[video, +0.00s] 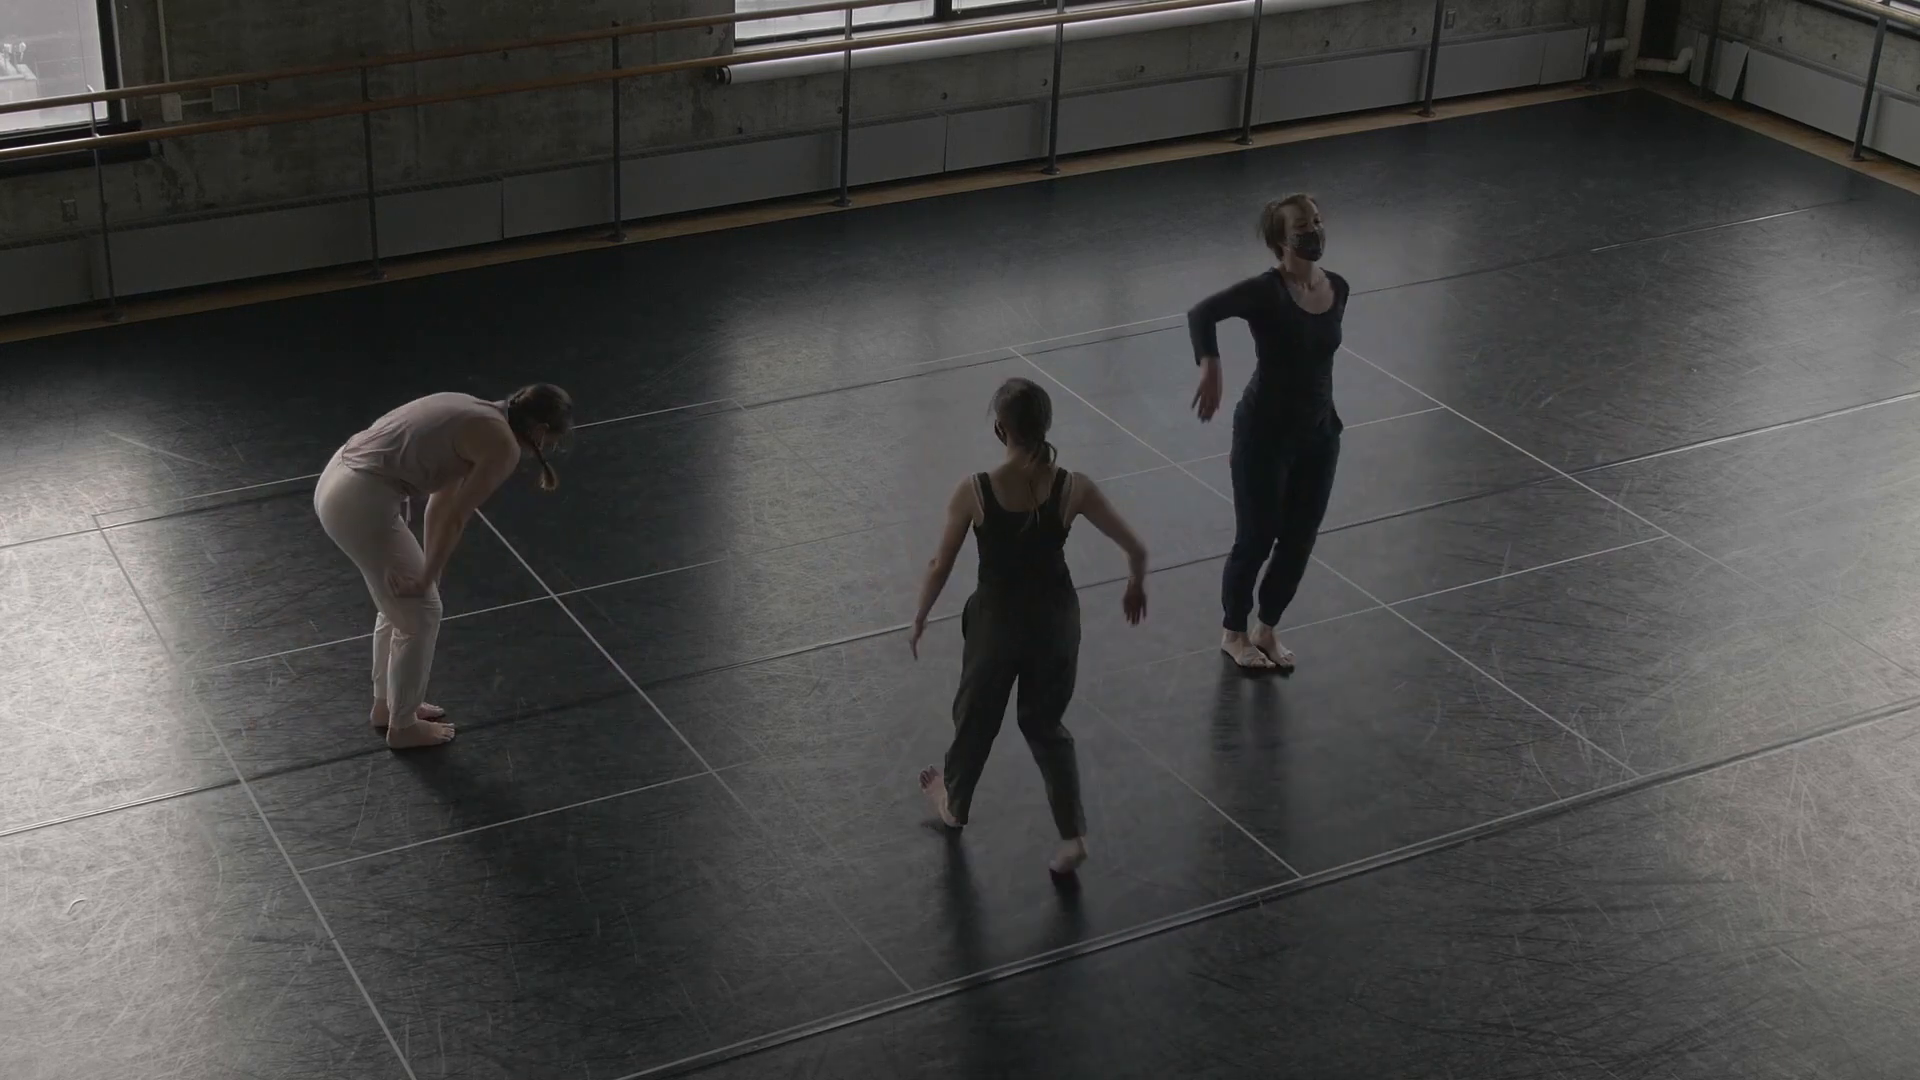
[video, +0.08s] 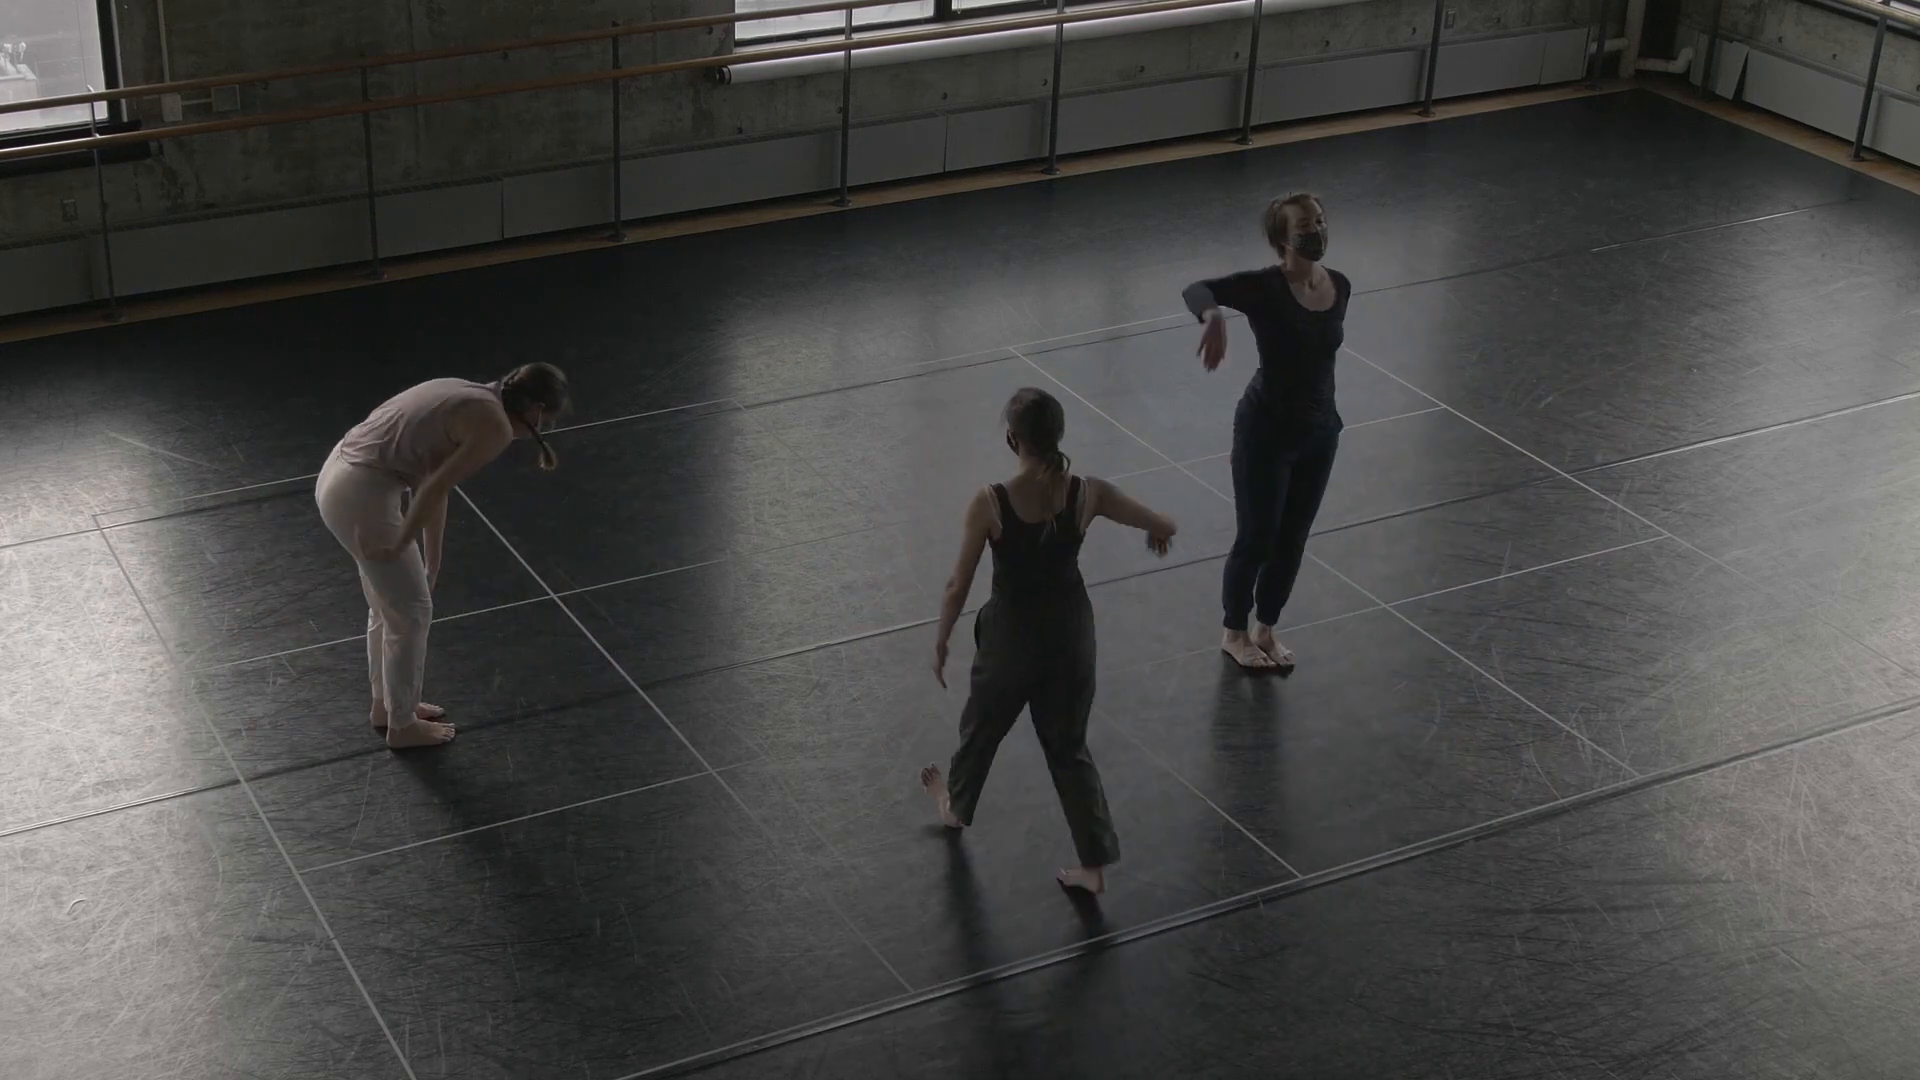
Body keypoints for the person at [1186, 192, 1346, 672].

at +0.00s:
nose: (1314, 230)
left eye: (1317, 222)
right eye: (1302, 227)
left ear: (1325, 229)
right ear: (1280, 241)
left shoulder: (1336, 287)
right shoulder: (1264, 291)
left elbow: (1319, 355)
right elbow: (1200, 315)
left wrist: (1324, 410)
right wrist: (1210, 369)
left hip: (1318, 431)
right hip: (1263, 433)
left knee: (1298, 542)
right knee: (1256, 538)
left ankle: (1265, 630)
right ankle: (1234, 634)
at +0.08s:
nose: (1315, 230)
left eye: (1319, 222)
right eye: (1304, 227)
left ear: (1327, 228)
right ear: (1282, 239)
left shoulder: (1338, 286)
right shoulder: (1265, 286)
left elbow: (1322, 350)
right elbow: (1196, 291)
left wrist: (1324, 407)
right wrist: (1212, 317)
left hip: (1319, 427)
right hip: (1265, 428)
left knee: (1292, 537)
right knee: (1256, 536)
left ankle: (1265, 631)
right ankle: (1234, 634)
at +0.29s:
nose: (1317, 235)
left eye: (1322, 226)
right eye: (1306, 228)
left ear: (1330, 229)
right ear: (1286, 236)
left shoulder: (1341, 282)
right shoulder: (1266, 283)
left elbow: (1341, 350)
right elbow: (1199, 284)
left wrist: (1335, 410)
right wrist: (1212, 242)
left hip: (1319, 423)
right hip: (1265, 423)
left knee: (1292, 534)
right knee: (1258, 532)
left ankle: (1265, 629)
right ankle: (1236, 633)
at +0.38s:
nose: (1319, 236)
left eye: (1324, 227)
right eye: (1308, 229)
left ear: (1331, 229)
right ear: (1286, 235)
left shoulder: (1340, 282)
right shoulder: (1267, 284)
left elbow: (1344, 350)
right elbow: (1201, 285)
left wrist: (1342, 409)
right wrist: (1219, 228)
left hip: (1320, 423)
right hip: (1266, 424)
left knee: (1292, 534)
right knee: (1258, 533)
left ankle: (1266, 629)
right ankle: (1237, 633)